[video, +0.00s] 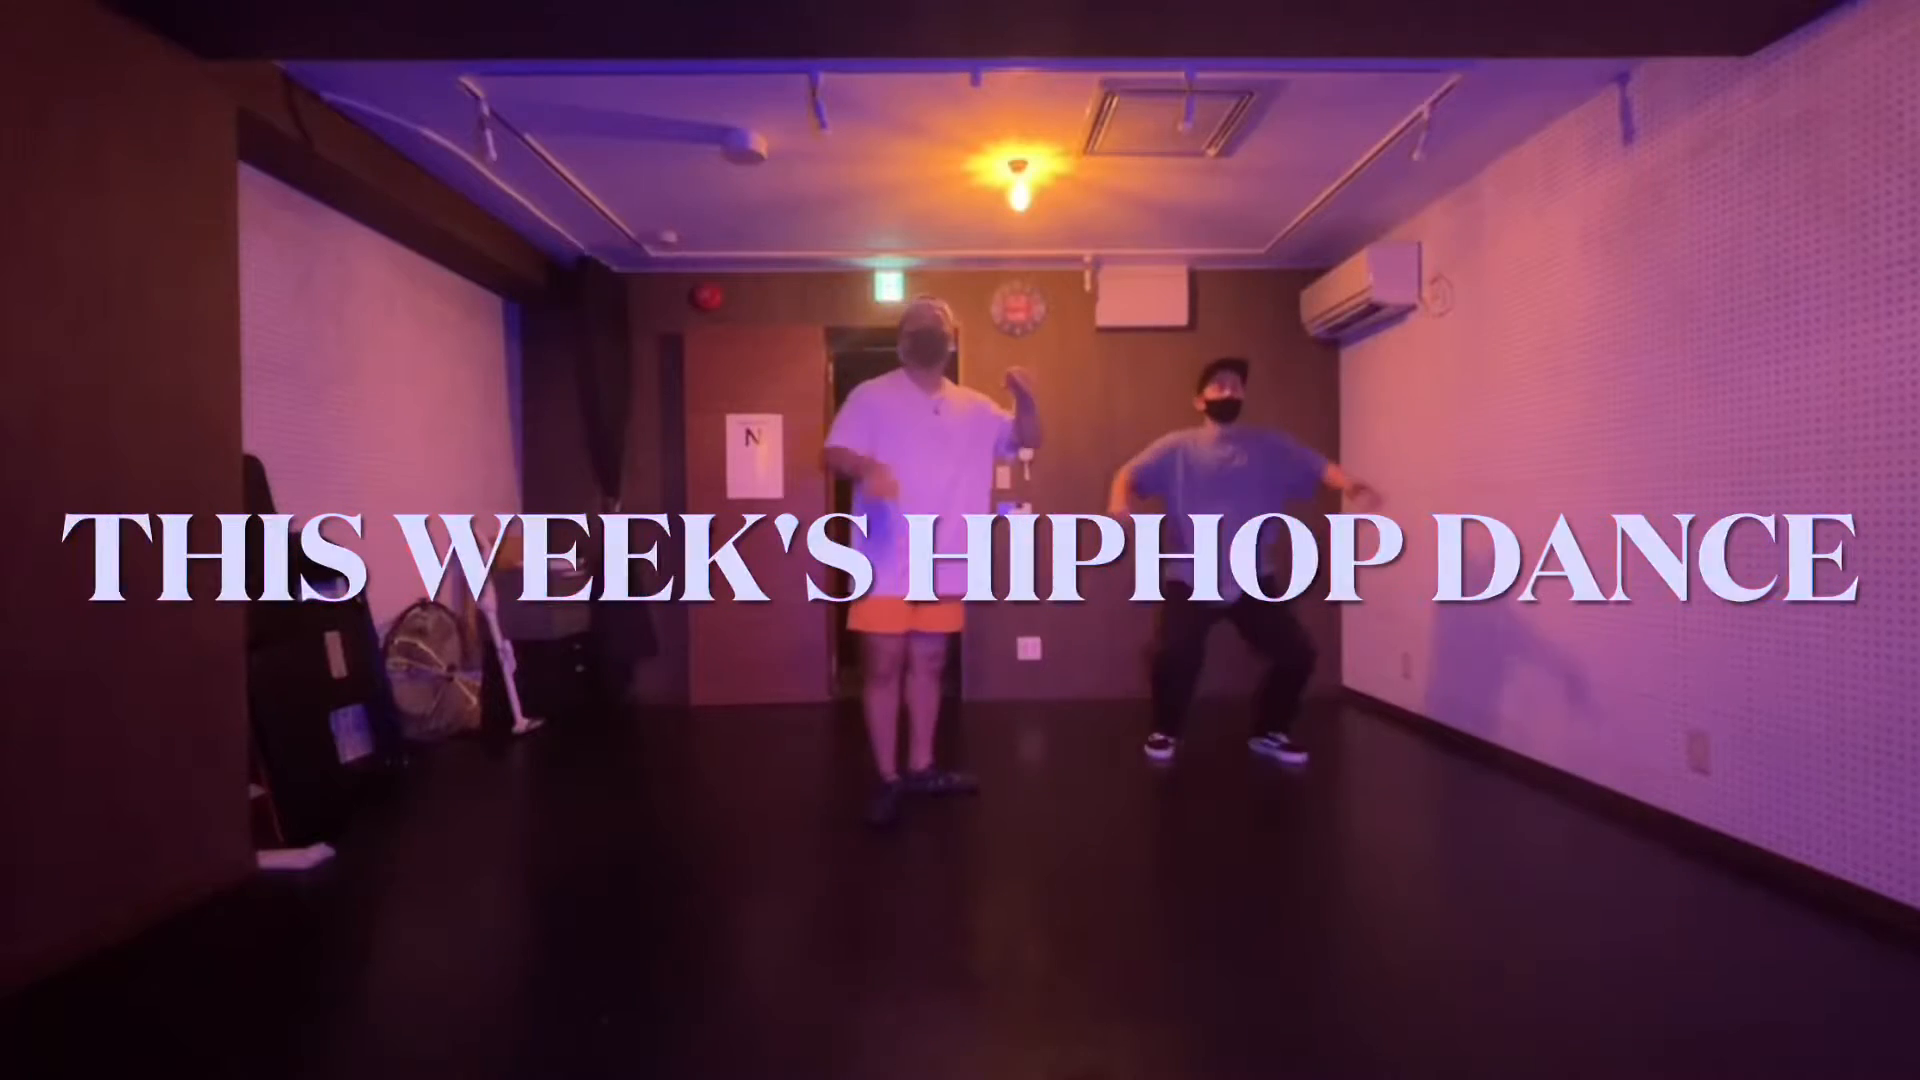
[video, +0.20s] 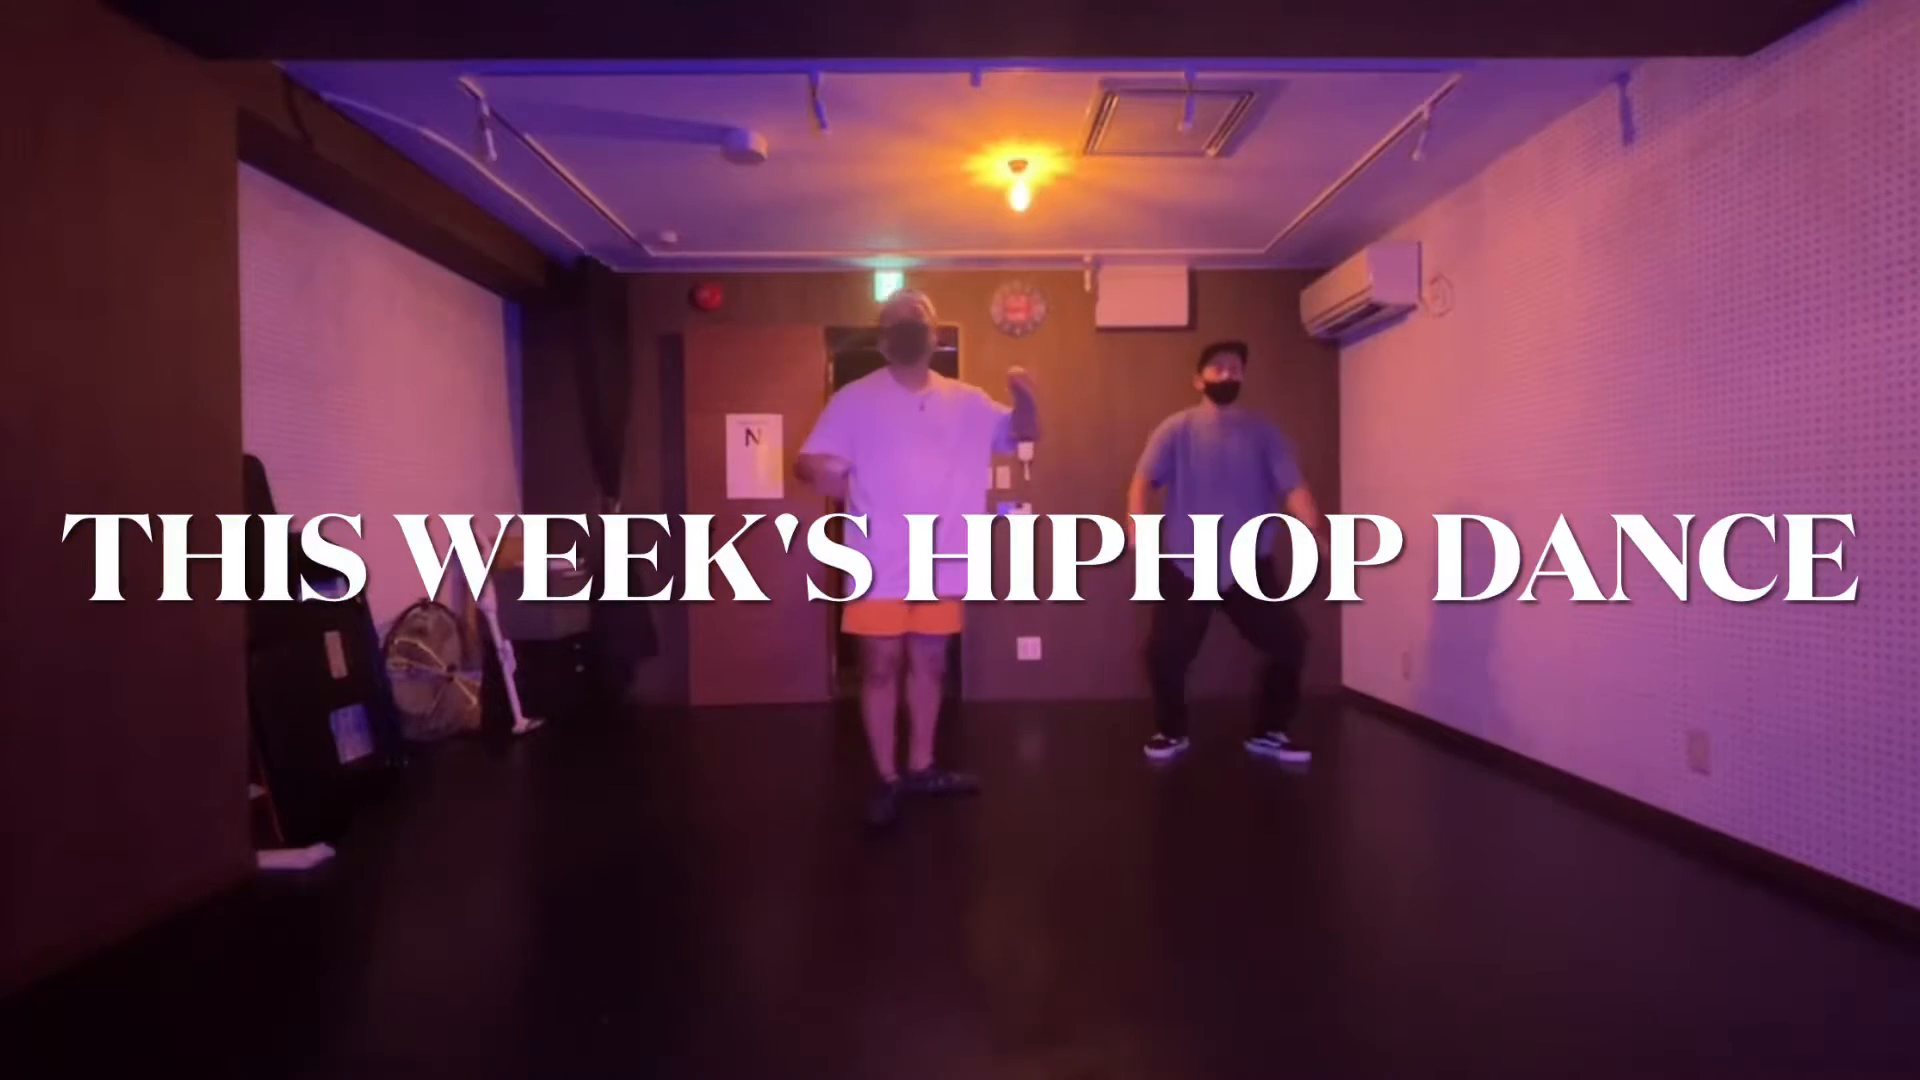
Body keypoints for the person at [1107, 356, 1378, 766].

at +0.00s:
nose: (1227, 392)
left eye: (1235, 386)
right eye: (1218, 385)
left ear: (1245, 396)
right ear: (1200, 398)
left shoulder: (1267, 445)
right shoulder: (1178, 446)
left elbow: (1320, 468)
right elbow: (1125, 476)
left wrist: (1350, 486)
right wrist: (1120, 513)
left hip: (1251, 583)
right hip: (1189, 584)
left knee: (1295, 653)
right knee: (1175, 654)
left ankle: (1270, 732)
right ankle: (1164, 732)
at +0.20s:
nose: (1226, 374)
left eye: (1234, 368)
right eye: (1217, 367)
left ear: (1244, 377)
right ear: (1199, 377)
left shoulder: (1260, 430)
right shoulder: (1176, 429)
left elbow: (1296, 493)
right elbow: (1140, 485)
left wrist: (1316, 545)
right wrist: (1141, 542)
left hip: (1245, 570)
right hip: (1184, 570)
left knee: (1288, 639)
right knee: (1166, 650)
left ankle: (1269, 732)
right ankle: (1170, 734)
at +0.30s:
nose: (1228, 365)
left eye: (1236, 358)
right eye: (1219, 357)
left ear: (1245, 366)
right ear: (1200, 366)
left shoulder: (1259, 422)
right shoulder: (1176, 419)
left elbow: (1283, 486)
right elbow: (1148, 480)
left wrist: (1290, 540)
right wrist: (1145, 543)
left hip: (1245, 559)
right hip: (1185, 559)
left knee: (1273, 639)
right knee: (1171, 646)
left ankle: (1268, 732)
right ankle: (1172, 732)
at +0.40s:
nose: (1230, 355)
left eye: (1237, 348)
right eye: (1221, 347)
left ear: (1247, 357)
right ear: (1202, 356)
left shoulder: (1261, 416)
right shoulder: (1177, 408)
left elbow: (1277, 481)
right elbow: (1148, 471)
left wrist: (1283, 534)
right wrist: (1147, 532)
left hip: (1242, 549)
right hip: (1183, 548)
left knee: (1251, 638)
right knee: (1179, 638)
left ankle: (1257, 727)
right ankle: (1175, 726)